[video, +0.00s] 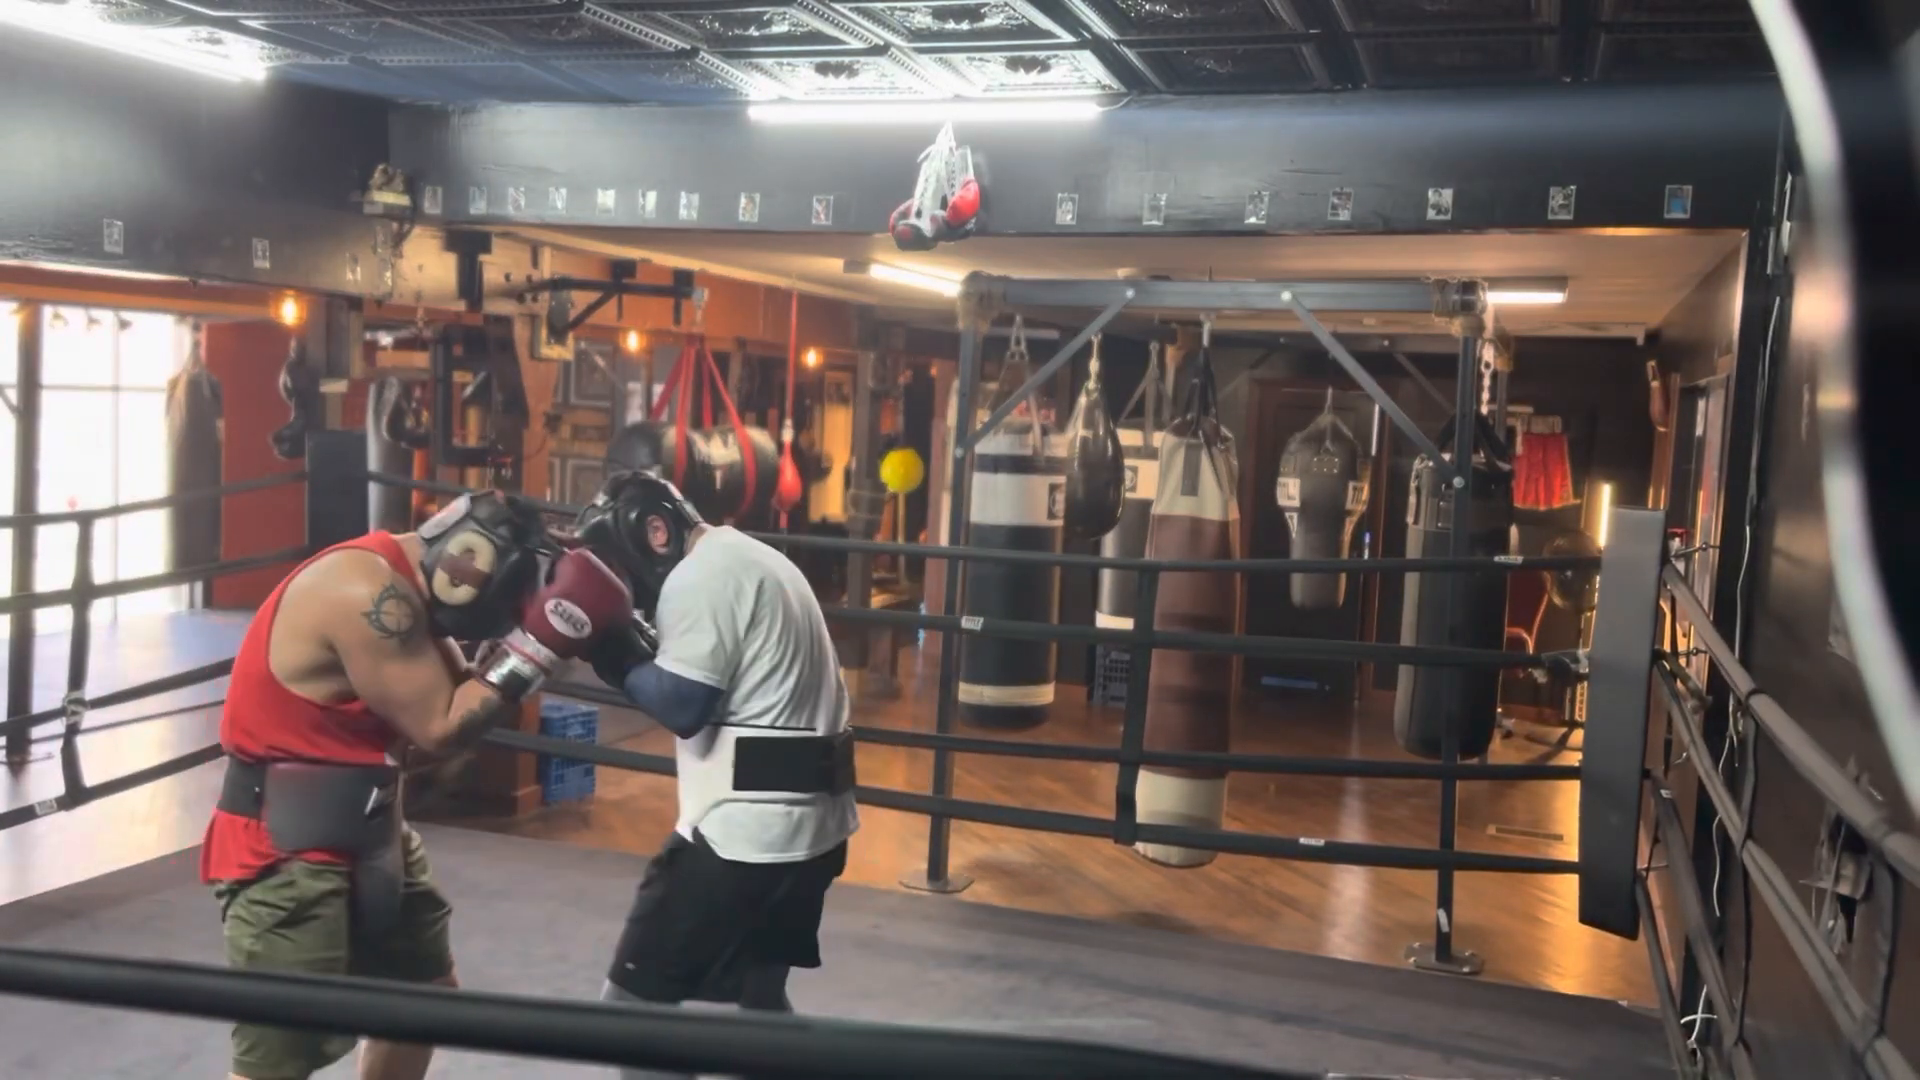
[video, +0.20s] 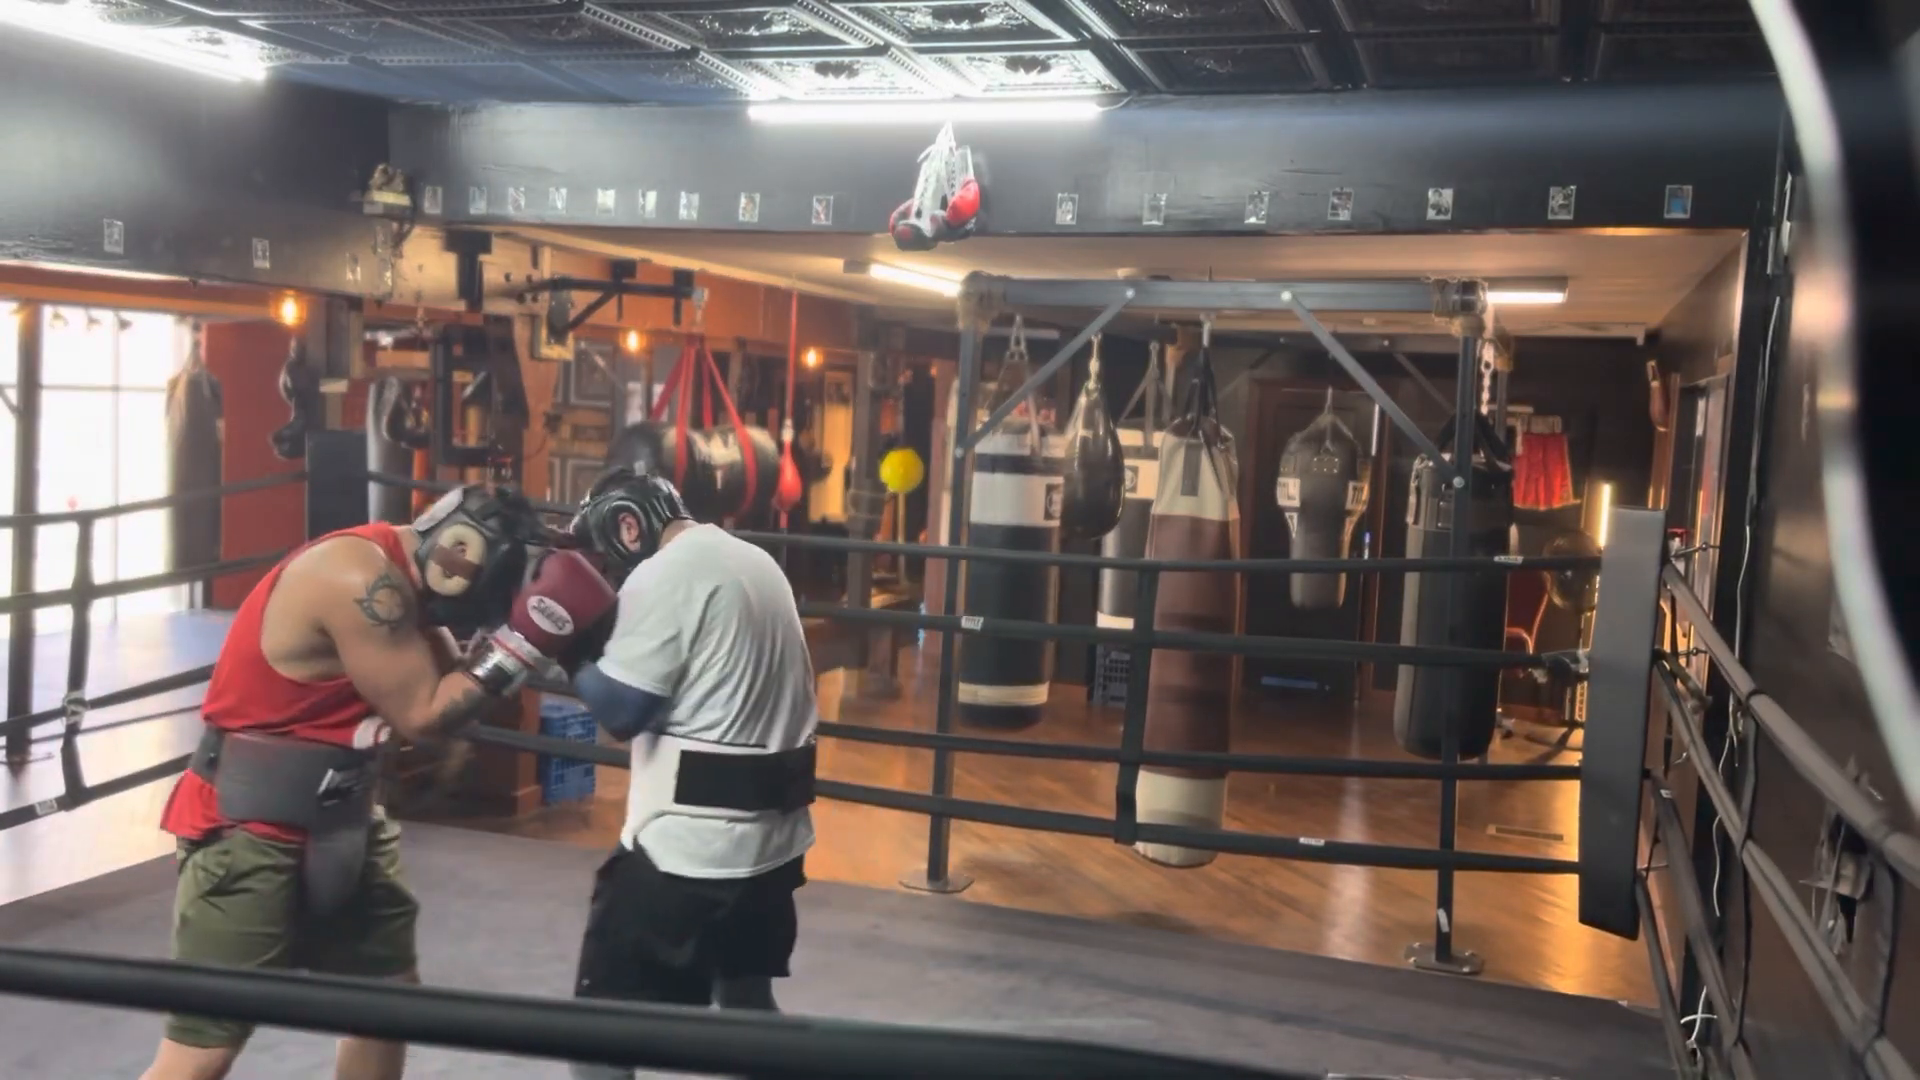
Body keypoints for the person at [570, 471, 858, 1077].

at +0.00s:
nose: (625, 560)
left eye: (624, 543)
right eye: (617, 547)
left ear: (657, 530)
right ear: (674, 525)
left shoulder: (705, 572)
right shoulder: (757, 559)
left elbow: (684, 705)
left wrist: (614, 644)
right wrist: (613, 639)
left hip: (743, 831)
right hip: (818, 827)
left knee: (631, 1006)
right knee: (755, 1001)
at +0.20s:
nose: (608, 560)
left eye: (606, 543)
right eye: (601, 547)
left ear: (630, 525)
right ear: (680, 509)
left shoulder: (666, 576)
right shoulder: (758, 563)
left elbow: (622, 708)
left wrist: (573, 657)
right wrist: (590, 644)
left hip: (690, 848)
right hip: (773, 846)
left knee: (607, 1028)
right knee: (745, 1009)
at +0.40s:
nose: (568, 553)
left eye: (570, 535)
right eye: (565, 537)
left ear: (599, 520)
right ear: (651, 513)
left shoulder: (606, 587)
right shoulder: (739, 575)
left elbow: (528, 701)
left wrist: (512, 615)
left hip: (626, 875)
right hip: (728, 871)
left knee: (555, 1044)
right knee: (721, 1016)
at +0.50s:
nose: (534, 556)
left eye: (531, 538)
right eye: (527, 542)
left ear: (560, 521)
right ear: (604, 511)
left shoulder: (580, 582)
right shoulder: (700, 566)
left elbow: (503, 702)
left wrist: (470, 621)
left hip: (605, 876)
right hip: (708, 869)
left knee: (558, 1049)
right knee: (692, 1017)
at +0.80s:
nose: (492, 572)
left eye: (487, 553)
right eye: (485, 559)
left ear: (517, 526)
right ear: (536, 520)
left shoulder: (551, 588)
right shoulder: (652, 558)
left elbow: (509, 727)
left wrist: (451, 644)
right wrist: (470, 618)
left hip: (584, 864)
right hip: (683, 856)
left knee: (480, 1033)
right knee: (649, 1029)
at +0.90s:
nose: (470, 569)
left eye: (465, 553)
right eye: (461, 559)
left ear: (494, 522)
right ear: (522, 512)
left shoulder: (524, 579)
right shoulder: (636, 554)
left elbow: (473, 713)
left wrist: (413, 643)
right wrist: (458, 626)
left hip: (560, 853)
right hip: (664, 848)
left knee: (442, 1026)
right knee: (646, 1028)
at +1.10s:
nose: (392, 562)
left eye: (392, 546)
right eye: (387, 549)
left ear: (420, 529)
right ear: (472, 513)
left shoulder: (426, 592)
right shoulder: (592, 568)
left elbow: (335, 709)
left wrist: (300, 634)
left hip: (486, 883)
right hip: (611, 870)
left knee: (400, 1052)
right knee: (635, 1045)